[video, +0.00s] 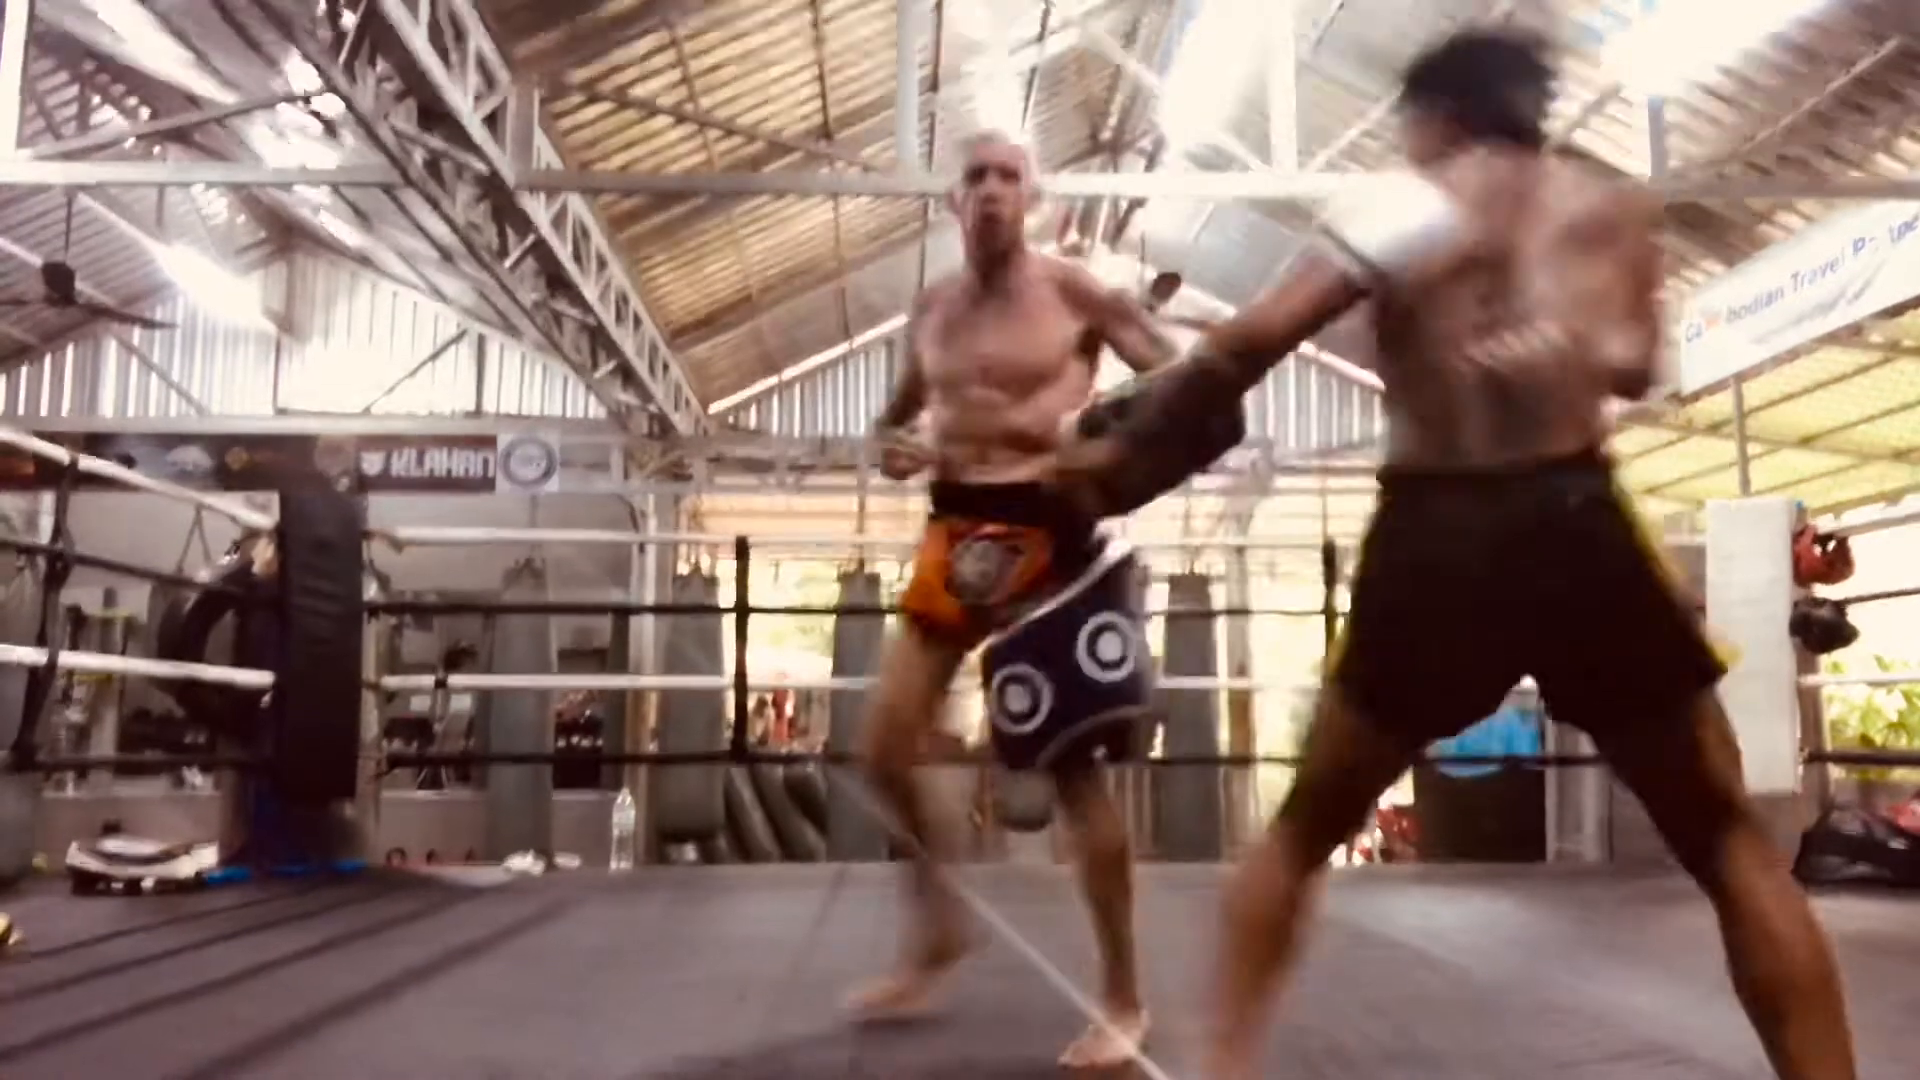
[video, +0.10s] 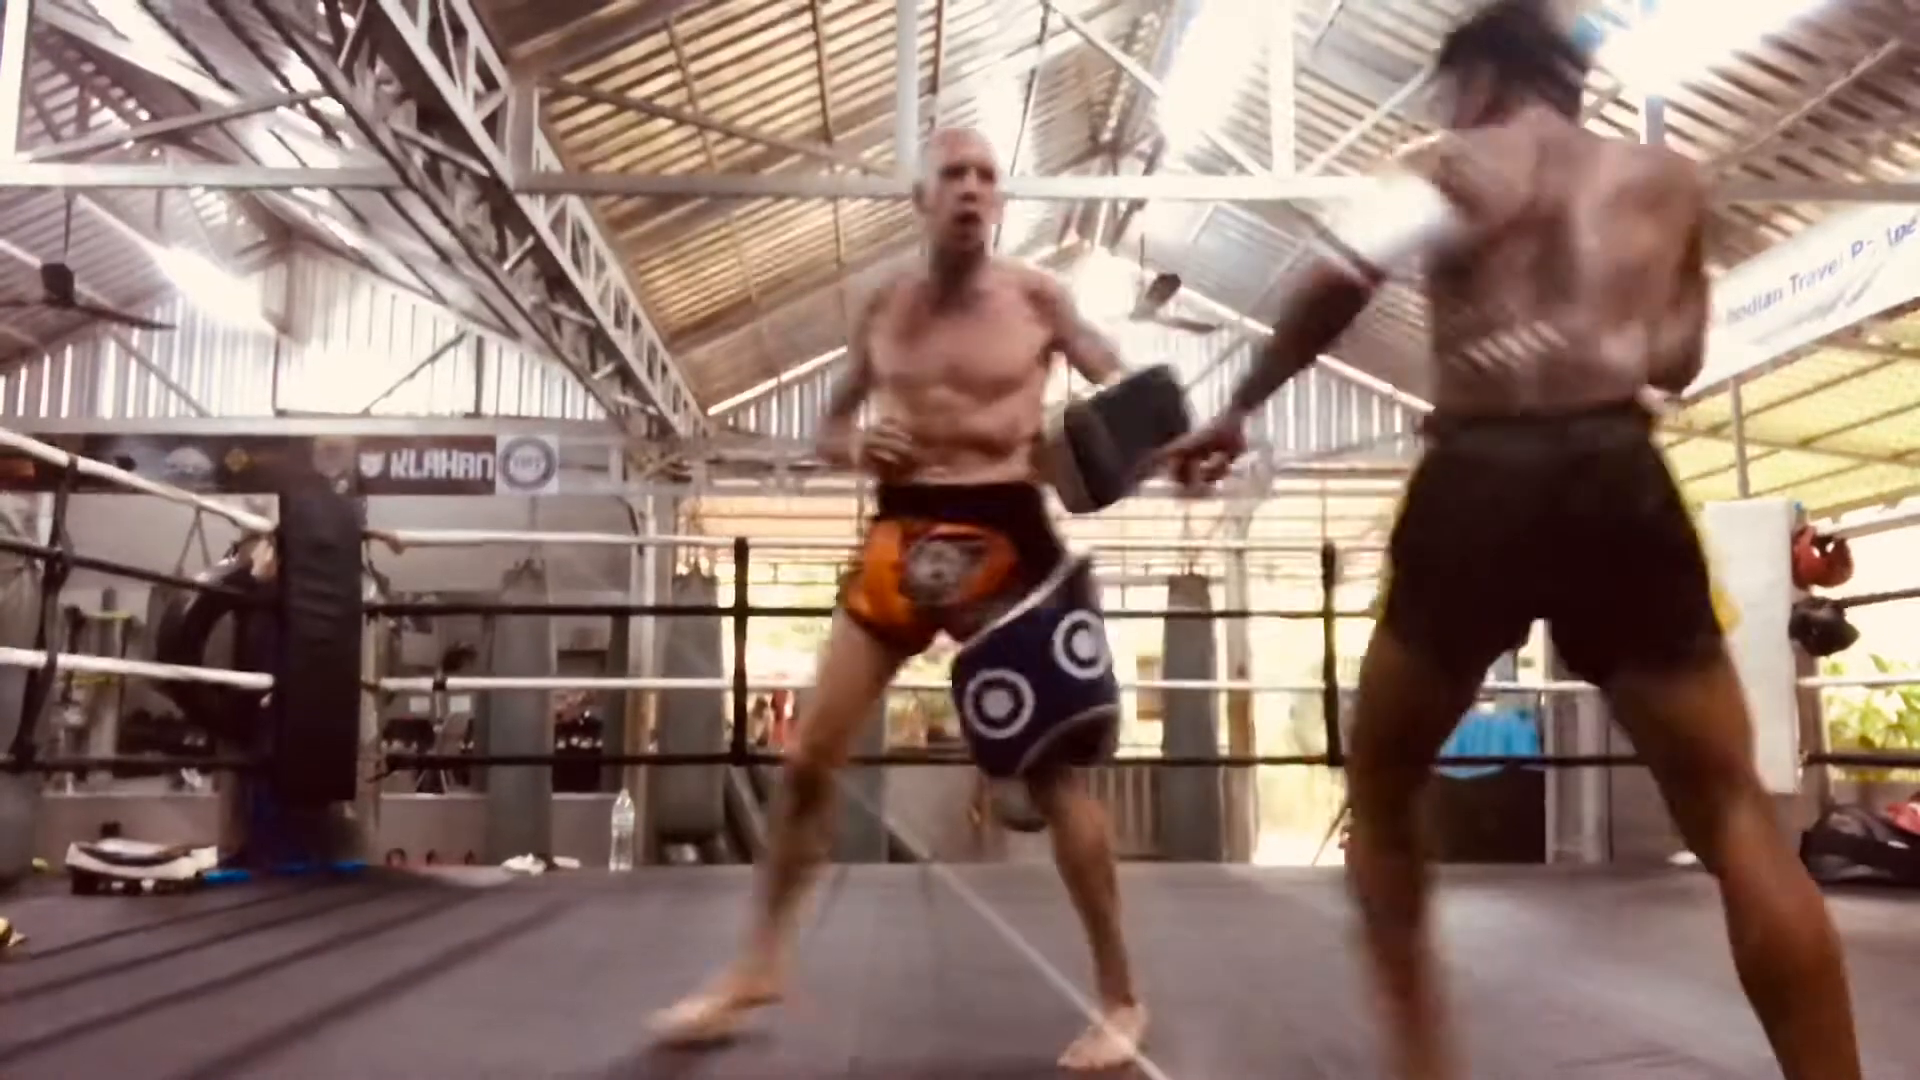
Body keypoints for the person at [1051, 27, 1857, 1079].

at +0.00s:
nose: (1416, 160)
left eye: (1421, 138)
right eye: (1416, 140)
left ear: (1450, 126)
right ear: (1528, 121)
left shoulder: (1402, 215)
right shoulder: (1619, 207)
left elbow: (1254, 337)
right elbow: (1639, 366)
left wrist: (1132, 432)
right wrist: (1558, 350)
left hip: (1431, 548)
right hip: (1583, 544)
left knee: (1304, 830)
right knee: (1730, 840)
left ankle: (1225, 1062)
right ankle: (1826, 1069)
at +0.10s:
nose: (1444, 114)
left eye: (1450, 95)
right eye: (1444, 97)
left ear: (1483, 79)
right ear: (1563, 77)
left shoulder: (1461, 163)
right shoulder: (1669, 176)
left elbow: (1338, 278)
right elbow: (1678, 366)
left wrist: (1236, 411)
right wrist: (1570, 305)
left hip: (1475, 488)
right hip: (1622, 485)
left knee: (1385, 780)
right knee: (1733, 810)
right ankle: (1832, 1067)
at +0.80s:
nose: (1481, 264)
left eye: (1491, 243)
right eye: (1481, 245)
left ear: (1545, 238)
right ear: (1554, 244)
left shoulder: (1607, 299)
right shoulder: (1589, 332)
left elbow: (1568, 393)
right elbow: (1554, 474)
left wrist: (1451, 344)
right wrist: (1450, 411)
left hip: (1655, 559)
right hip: (1702, 561)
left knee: (1578, 791)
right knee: (1700, 799)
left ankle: (1623, 1053)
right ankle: (1777, 1002)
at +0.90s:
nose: (1503, 297)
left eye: (1512, 277)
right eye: (1500, 280)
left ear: (1565, 269)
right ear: (1567, 276)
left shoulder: (1636, 336)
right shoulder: (1610, 371)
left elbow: (1653, 447)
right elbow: (1555, 497)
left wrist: (1507, 414)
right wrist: (1470, 438)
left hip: (1678, 571)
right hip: (1692, 576)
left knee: (1570, 778)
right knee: (1679, 799)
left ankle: (1606, 1043)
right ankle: (1780, 1003)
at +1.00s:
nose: (1504, 291)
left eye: (1514, 270)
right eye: (1501, 272)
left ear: (1567, 261)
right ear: (1565, 269)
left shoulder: (1647, 325)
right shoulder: (1603, 361)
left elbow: (1667, 425)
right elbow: (1541, 472)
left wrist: (1516, 403)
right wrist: (1470, 412)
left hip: (1681, 555)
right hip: (1693, 561)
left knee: (1572, 758)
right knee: (1683, 786)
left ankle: (1603, 1024)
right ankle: (1780, 1001)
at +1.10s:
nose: (1500, 280)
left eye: (1511, 261)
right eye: (1497, 264)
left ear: (1566, 255)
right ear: (1554, 265)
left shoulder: (1642, 314)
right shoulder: (1584, 351)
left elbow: (1648, 404)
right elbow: (1519, 456)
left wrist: (1517, 356)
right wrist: (1467, 397)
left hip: (1677, 552)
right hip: (1674, 556)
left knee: (1572, 759)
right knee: (1696, 787)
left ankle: (1593, 1018)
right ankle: (1782, 1001)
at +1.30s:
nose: (1476, 284)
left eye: (1486, 265)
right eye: (1472, 268)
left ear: (1542, 259)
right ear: (1532, 268)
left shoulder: (1609, 319)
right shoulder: (1557, 358)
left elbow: (1598, 422)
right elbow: (1508, 472)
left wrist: (1472, 384)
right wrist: (1435, 409)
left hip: (1650, 560)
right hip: (1643, 562)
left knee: (1556, 770)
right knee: (1677, 794)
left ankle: (1589, 1027)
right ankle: (1777, 1001)